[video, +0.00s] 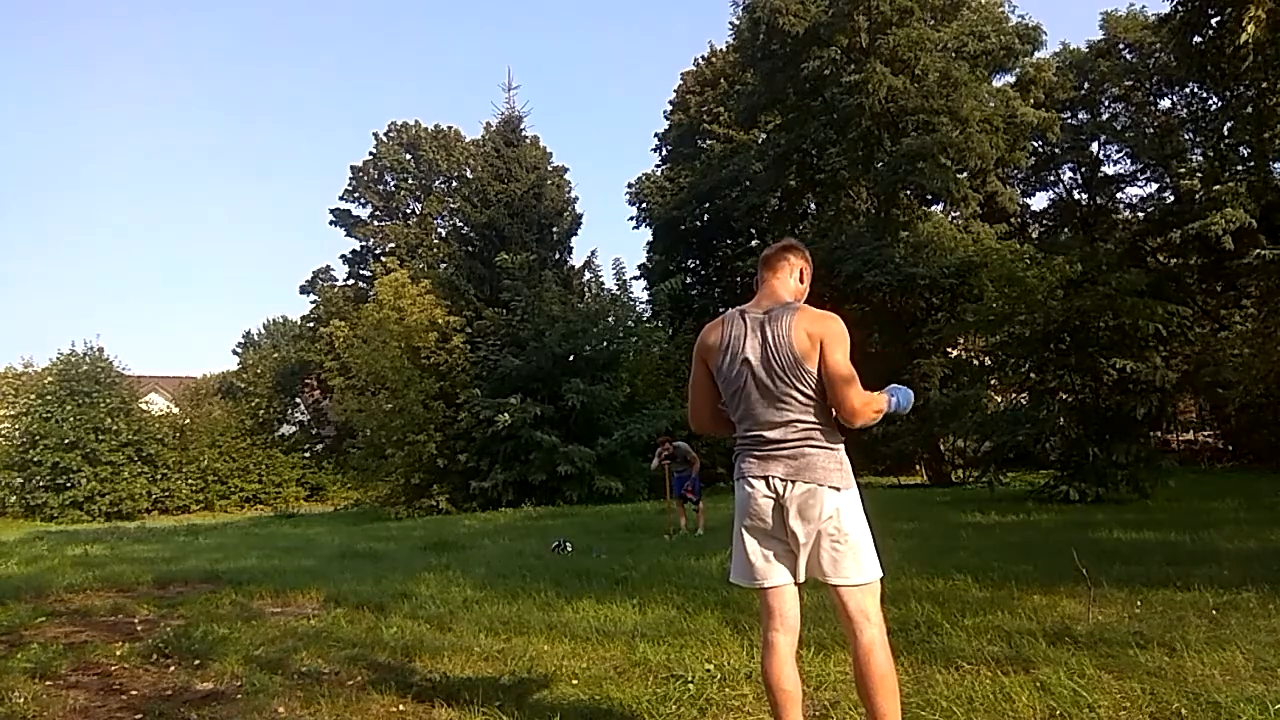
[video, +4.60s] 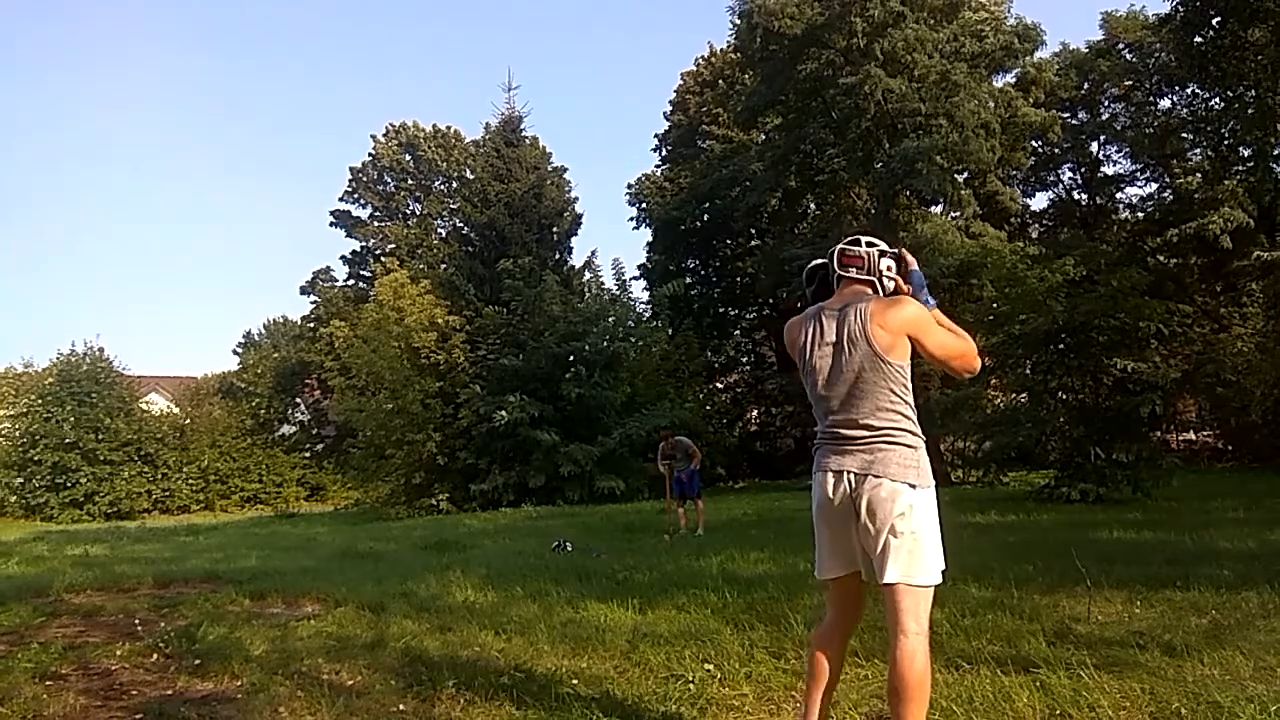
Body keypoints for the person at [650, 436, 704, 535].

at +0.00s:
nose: (667, 452)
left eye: (668, 449)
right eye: (664, 450)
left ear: (672, 445)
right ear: (661, 449)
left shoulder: (682, 447)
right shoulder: (660, 451)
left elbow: (696, 462)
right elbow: (653, 467)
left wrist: (692, 480)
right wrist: (660, 458)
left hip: (690, 473)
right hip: (677, 475)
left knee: (697, 501)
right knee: (679, 502)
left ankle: (700, 527)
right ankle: (683, 528)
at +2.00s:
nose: (667, 452)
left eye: (668, 449)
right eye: (665, 450)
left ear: (672, 446)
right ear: (662, 449)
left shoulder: (682, 447)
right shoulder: (660, 452)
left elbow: (696, 461)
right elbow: (652, 467)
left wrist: (692, 480)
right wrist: (660, 460)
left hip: (690, 472)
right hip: (677, 475)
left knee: (697, 501)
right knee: (679, 502)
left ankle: (700, 528)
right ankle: (683, 528)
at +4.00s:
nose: (668, 451)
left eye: (670, 448)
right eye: (666, 449)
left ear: (673, 445)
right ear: (662, 449)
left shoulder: (683, 447)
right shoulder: (661, 451)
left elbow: (697, 461)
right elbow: (654, 469)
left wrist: (692, 480)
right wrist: (659, 460)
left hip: (691, 473)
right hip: (678, 475)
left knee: (698, 502)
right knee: (679, 502)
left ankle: (700, 527)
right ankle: (683, 528)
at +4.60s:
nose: (669, 444)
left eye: (670, 442)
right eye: (666, 443)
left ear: (673, 438)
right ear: (663, 442)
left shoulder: (683, 442)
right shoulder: (662, 447)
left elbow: (697, 455)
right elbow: (660, 462)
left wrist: (690, 470)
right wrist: (664, 470)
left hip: (690, 471)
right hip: (677, 473)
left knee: (696, 499)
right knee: (679, 502)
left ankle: (700, 527)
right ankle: (683, 528)